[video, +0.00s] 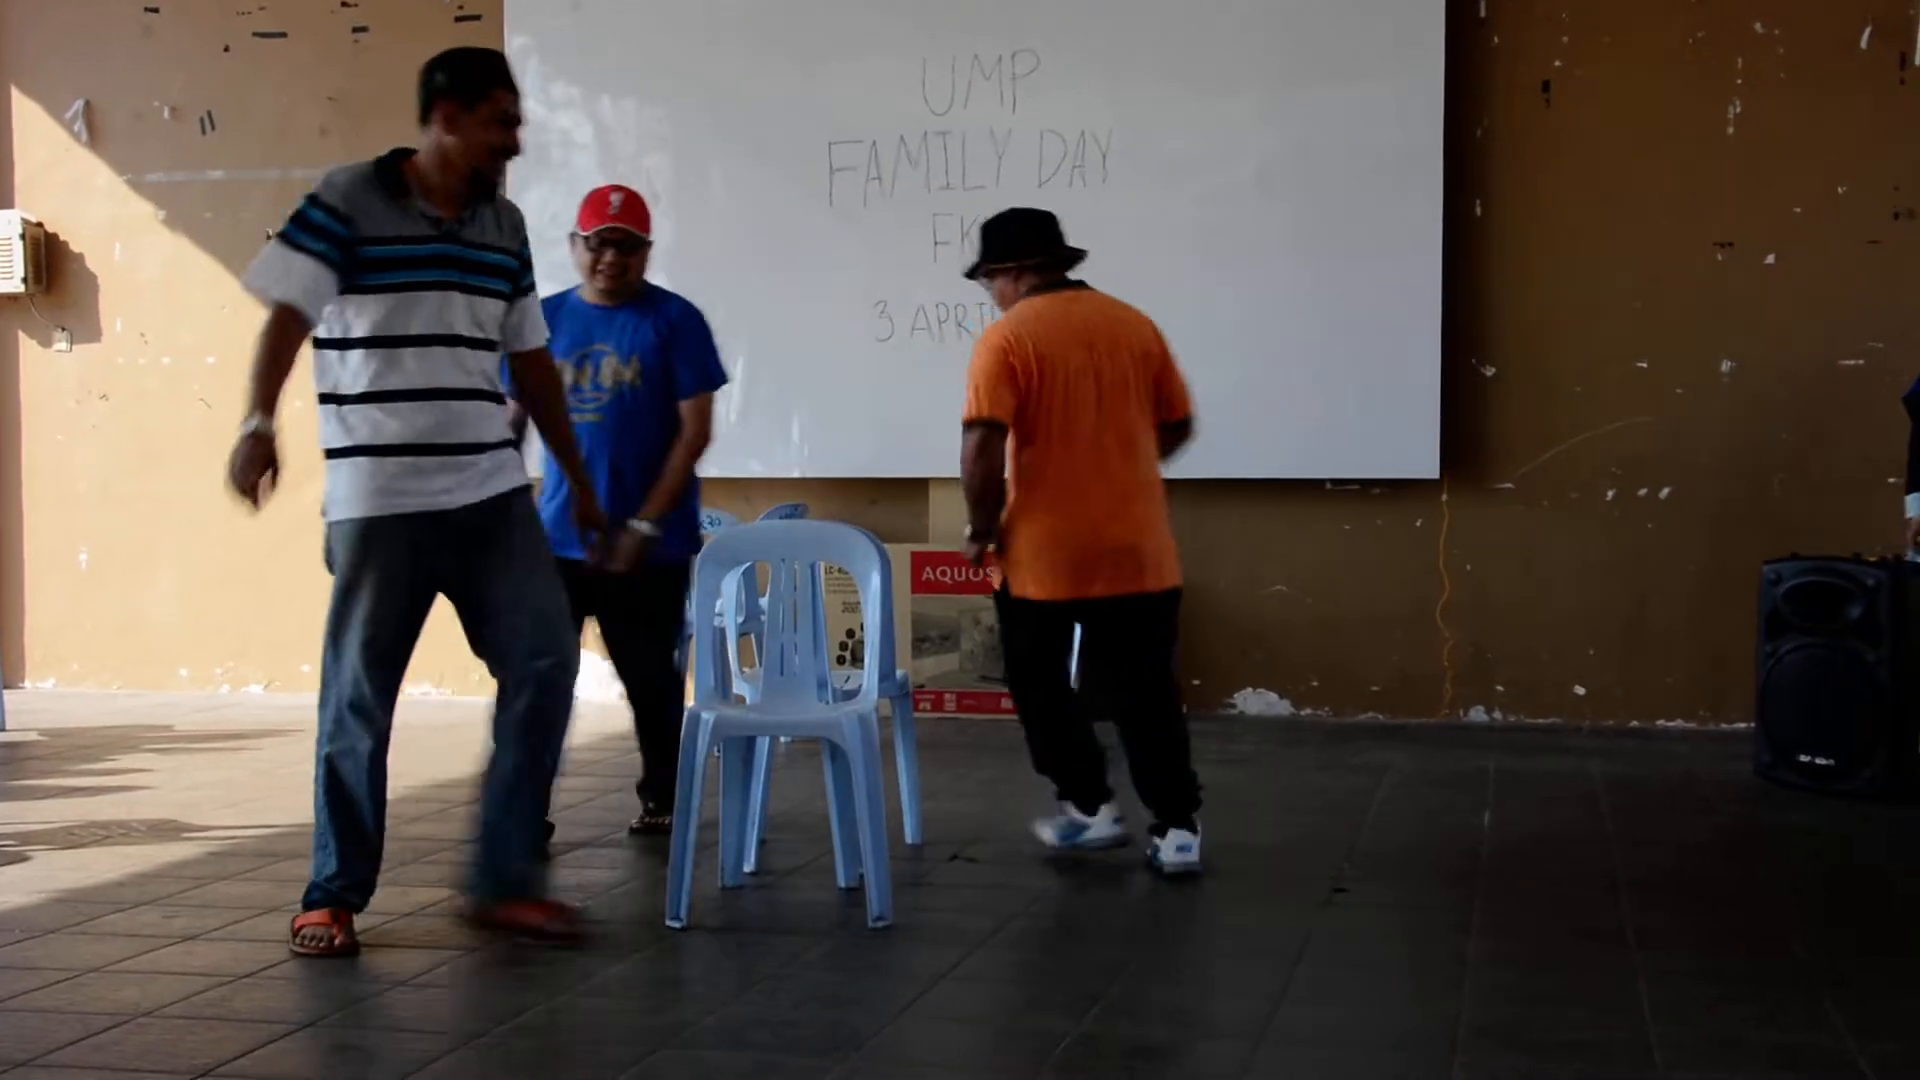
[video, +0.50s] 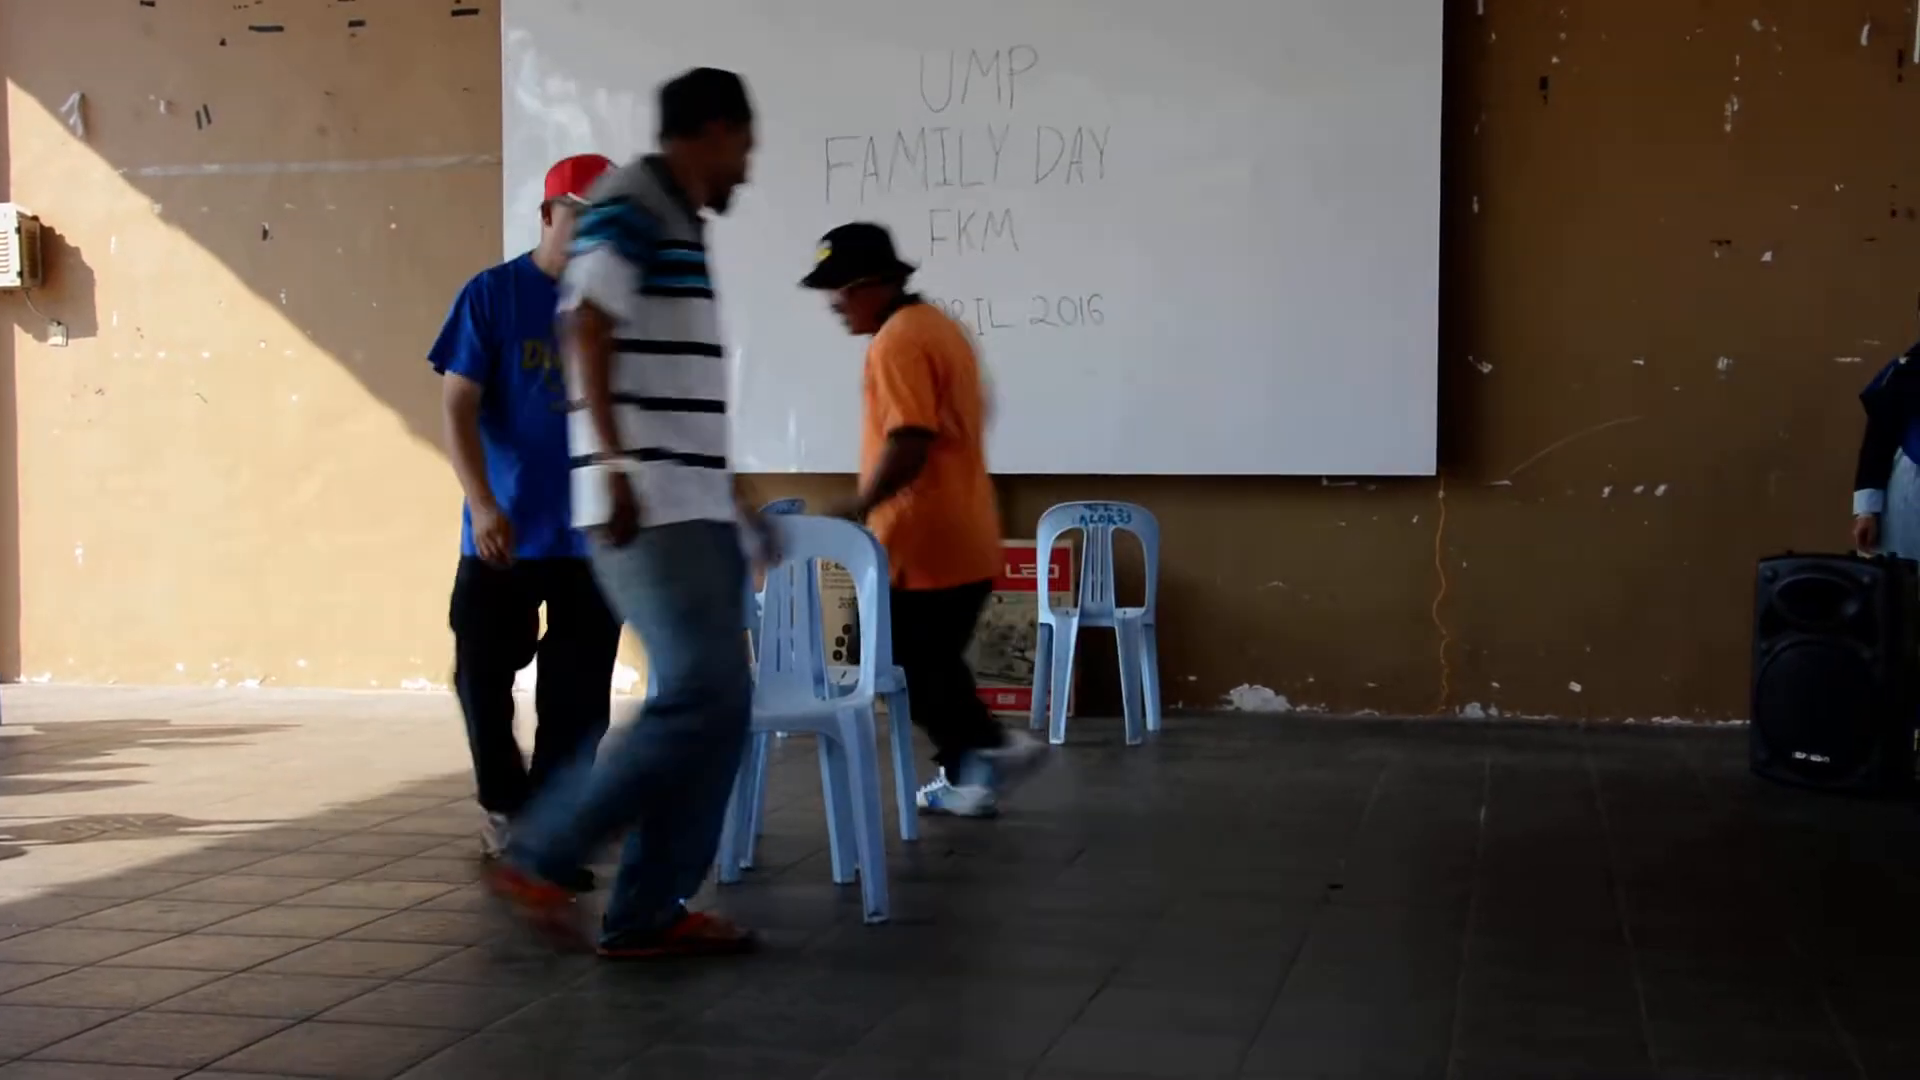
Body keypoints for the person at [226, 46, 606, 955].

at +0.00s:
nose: (513, 143)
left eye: (517, 127)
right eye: (501, 126)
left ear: (483, 125)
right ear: (443, 116)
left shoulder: (502, 223)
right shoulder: (349, 201)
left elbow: (530, 360)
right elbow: (287, 317)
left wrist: (579, 478)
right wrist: (257, 423)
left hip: (492, 501)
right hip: (380, 504)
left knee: (544, 663)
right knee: (356, 704)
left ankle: (508, 884)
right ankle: (333, 895)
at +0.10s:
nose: (549, 152)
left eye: (552, 134)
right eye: (538, 132)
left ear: (506, 127)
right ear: (485, 122)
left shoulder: (525, 231)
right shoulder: (383, 202)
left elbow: (551, 366)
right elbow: (328, 302)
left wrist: (600, 480)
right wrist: (310, 391)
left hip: (515, 510)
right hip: (403, 511)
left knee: (563, 692)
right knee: (372, 709)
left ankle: (614, 902)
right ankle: (333, 898)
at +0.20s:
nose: (590, 154)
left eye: (594, 138)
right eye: (583, 134)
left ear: (558, 127)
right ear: (535, 119)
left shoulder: (566, 243)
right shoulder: (443, 197)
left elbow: (581, 376)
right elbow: (385, 288)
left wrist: (602, 488)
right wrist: (389, 381)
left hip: (559, 504)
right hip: (453, 503)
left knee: (606, 701)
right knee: (400, 703)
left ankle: (643, 913)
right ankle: (333, 893)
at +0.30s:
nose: (643, 146)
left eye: (645, 129)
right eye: (635, 127)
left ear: (600, 121)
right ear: (587, 119)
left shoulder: (602, 223)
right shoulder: (501, 198)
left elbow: (590, 350)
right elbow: (443, 303)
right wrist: (472, 397)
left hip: (616, 510)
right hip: (523, 514)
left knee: (661, 699)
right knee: (463, 696)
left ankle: (648, 913)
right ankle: (344, 874)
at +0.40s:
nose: (699, 153)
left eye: (699, 134)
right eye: (691, 132)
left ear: (654, 125)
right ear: (648, 123)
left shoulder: (638, 223)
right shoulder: (566, 198)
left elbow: (626, 362)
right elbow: (512, 320)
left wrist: (671, 478)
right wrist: (549, 446)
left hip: (662, 512)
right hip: (586, 512)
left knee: (700, 708)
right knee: (556, 708)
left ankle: (648, 913)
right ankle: (408, 838)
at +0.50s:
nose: (587, 228)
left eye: (599, 216)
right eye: (576, 213)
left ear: (611, 224)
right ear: (546, 214)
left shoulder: (616, 304)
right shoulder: (493, 295)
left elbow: (643, 413)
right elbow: (459, 407)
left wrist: (635, 507)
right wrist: (481, 507)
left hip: (593, 535)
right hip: (508, 533)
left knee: (579, 691)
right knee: (482, 679)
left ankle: (559, 830)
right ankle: (510, 813)